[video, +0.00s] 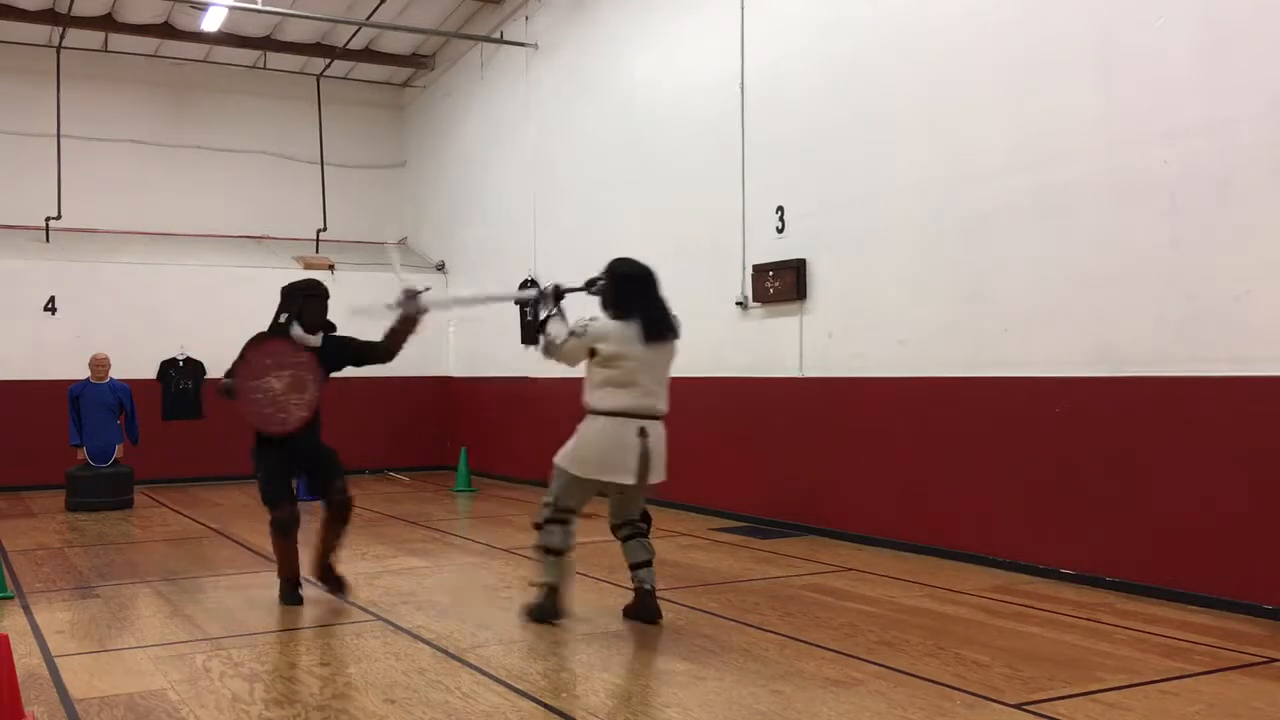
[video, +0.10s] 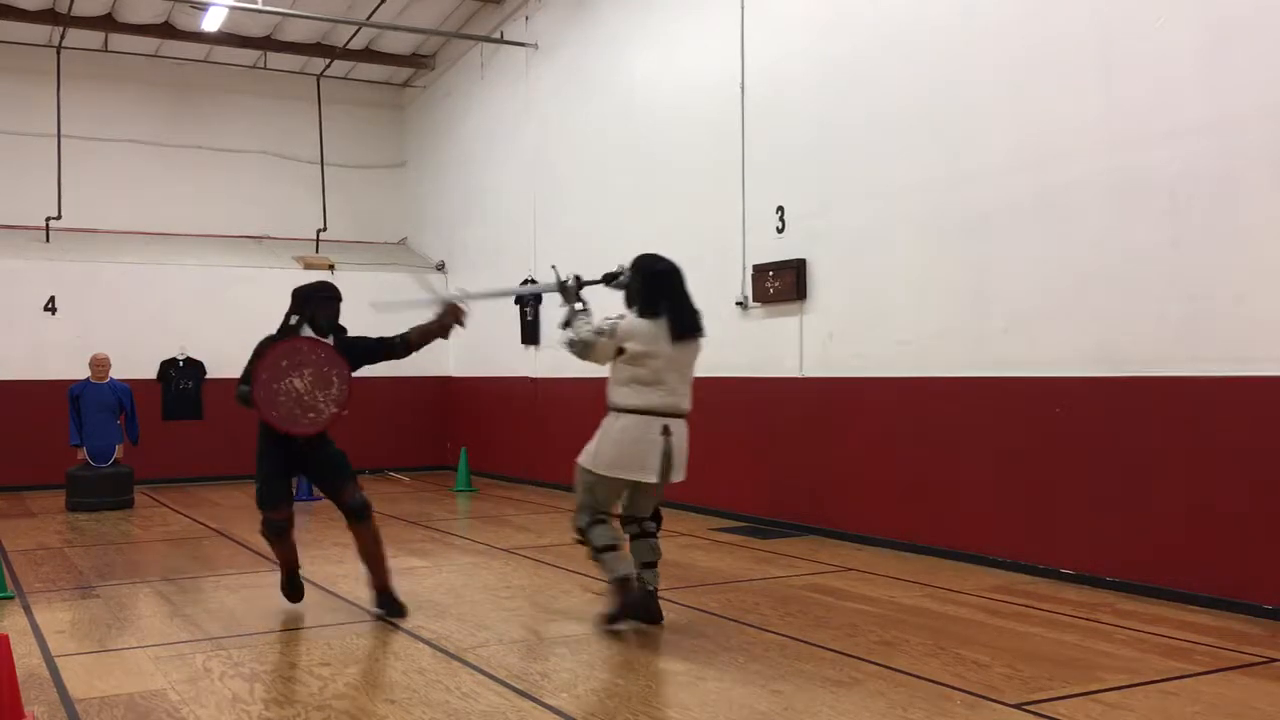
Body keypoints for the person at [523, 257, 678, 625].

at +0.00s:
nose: (603, 291)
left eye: (608, 285)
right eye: (605, 284)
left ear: (616, 292)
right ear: (648, 290)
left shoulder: (602, 330)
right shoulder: (666, 332)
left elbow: (561, 348)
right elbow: (645, 314)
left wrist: (551, 308)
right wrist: (613, 290)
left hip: (602, 434)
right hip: (649, 437)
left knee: (559, 512)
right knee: (629, 518)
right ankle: (646, 597)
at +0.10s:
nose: (629, 288)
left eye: (632, 282)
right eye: (628, 280)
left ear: (640, 289)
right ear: (675, 286)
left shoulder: (627, 328)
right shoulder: (690, 330)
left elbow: (585, 343)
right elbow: (663, 314)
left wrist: (576, 306)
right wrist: (635, 288)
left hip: (627, 432)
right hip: (673, 435)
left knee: (591, 514)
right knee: (641, 517)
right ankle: (648, 598)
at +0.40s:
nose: (695, 289)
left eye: (698, 282)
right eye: (693, 282)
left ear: (708, 286)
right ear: (743, 279)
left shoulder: (706, 331)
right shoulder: (765, 319)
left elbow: (656, 351)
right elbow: (733, 287)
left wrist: (632, 308)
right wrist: (690, 268)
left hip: (722, 441)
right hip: (762, 438)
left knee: (731, 534)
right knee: (710, 521)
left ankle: (760, 623)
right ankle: (684, 595)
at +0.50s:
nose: (722, 279)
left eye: (725, 273)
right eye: (720, 272)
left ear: (736, 278)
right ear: (772, 271)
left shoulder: (737, 325)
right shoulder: (792, 313)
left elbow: (692, 361)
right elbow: (753, 293)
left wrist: (660, 327)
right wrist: (708, 281)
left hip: (753, 433)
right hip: (794, 430)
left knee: (738, 524)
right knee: (749, 514)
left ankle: (760, 621)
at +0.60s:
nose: (750, 270)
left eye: (754, 263)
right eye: (752, 262)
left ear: (764, 269)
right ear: (799, 266)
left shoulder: (766, 320)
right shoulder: (819, 308)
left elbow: (733, 372)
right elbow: (775, 298)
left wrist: (695, 351)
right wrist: (733, 298)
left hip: (778, 434)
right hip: (823, 429)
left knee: (758, 526)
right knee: (798, 516)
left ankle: (765, 623)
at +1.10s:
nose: (892, 279)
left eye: (896, 271)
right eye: (894, 271)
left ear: (912, 275)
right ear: (941, 273)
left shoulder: (910, 323)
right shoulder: (966, 313)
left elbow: (871, 373)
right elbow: (922, 323)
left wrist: (827, 374)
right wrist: (875, 315)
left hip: (938, 433)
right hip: (982, 432)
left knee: (876, 514)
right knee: (941, 527)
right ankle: (993, 611)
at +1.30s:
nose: (943, 292)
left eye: (949, 284)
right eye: (945, 283)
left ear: (964, 289)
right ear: (993, 286)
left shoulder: (957, 336)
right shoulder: (1016, 326)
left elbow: (905, 376)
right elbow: (948, 316)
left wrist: (860, 377)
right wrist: (895, 319)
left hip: (978, 445)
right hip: (1022, 443)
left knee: (912, 527)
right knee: (993, 527)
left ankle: (905, 632)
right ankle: (1064, 582)